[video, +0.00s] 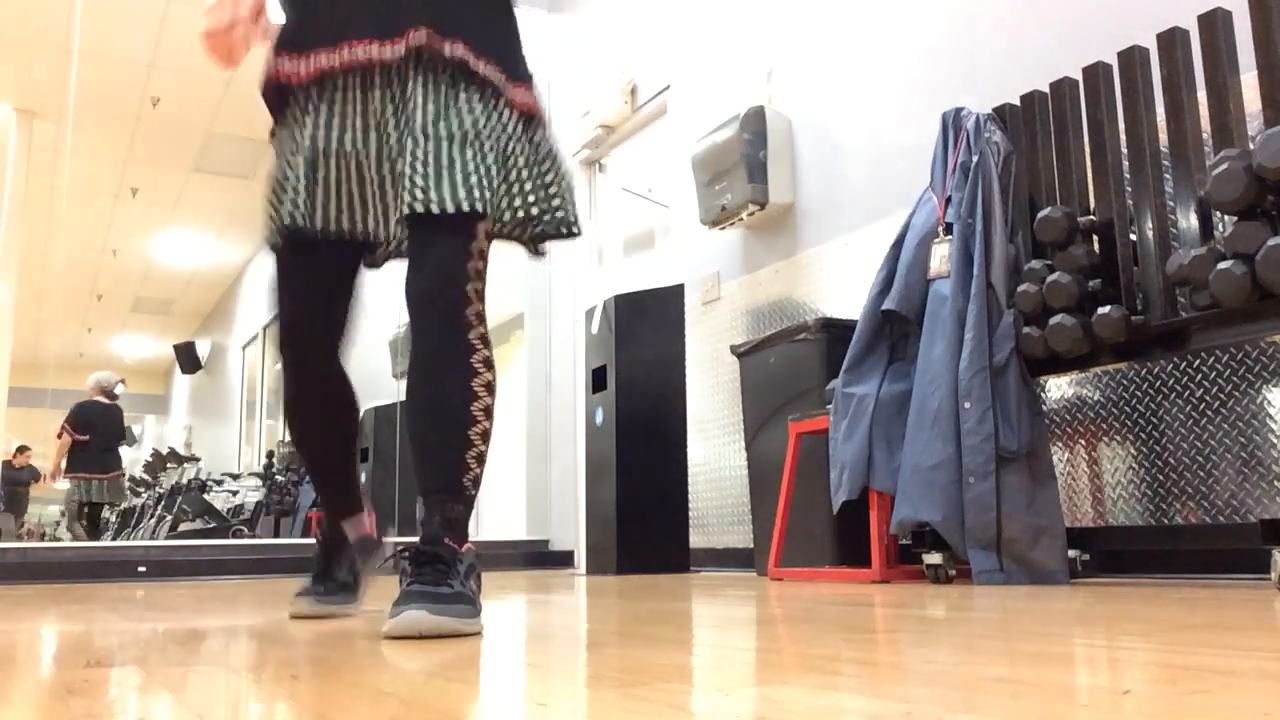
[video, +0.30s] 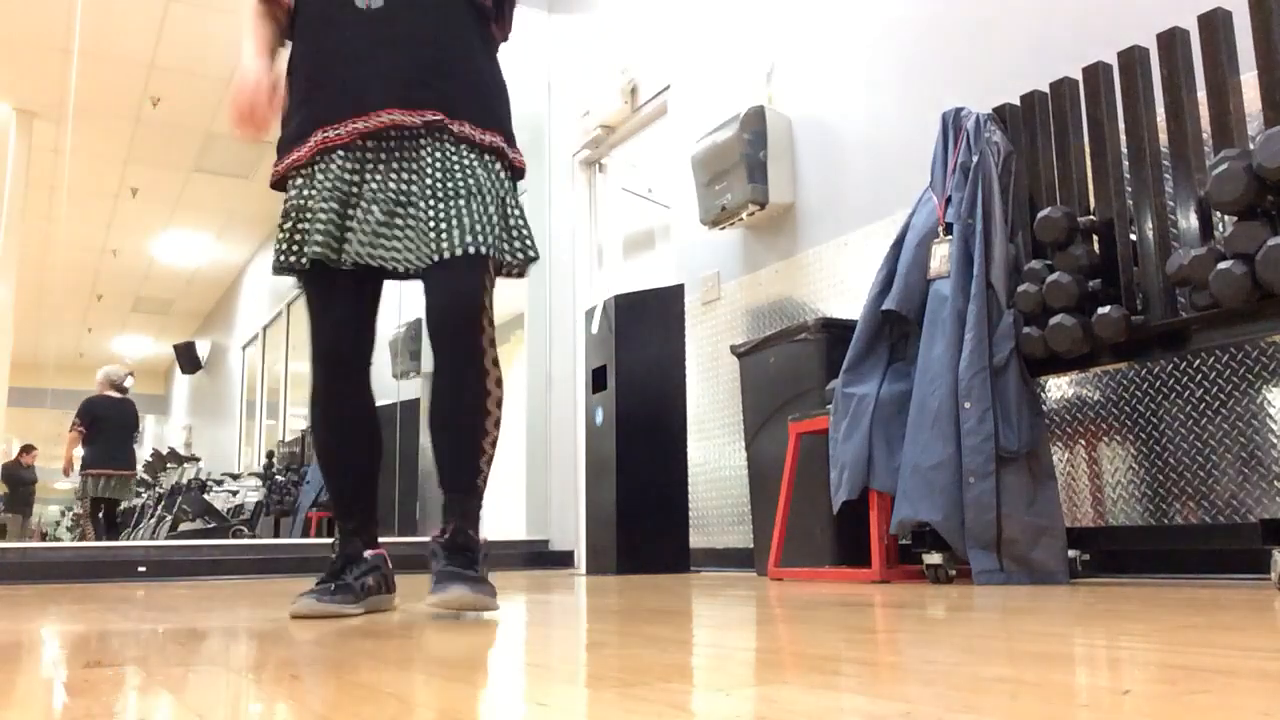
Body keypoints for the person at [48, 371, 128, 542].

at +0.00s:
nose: (88, 388)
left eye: (90, 386)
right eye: (89, 386)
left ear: (93, 387)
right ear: (111, 389)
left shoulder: (81, 408)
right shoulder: (116, 410)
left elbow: (66, 439)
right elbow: (120, 439)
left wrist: (56, 464)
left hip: (81, 476)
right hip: (108, 475)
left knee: (73, 521)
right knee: (94, 521)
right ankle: (95, 558)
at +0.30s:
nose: (96, 384)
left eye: (98, 381)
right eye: (98, 381)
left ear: (103, 382)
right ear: (121, 384)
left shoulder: (92, 403)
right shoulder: (130, 405)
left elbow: (76, 432)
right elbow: (134, 434)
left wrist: (68, 458)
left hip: (96, 470)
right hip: (124, 470)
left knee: (91, 514)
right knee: (111, 513)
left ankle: (96, 553)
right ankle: (112, 553)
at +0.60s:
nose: (117, 380)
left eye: (120, 376)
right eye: (119, 376)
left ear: (125, 379)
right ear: (142, 380)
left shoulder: (120, 402)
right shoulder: (150, 403)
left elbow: (112, 432)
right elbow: (156, 434)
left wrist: (92, 459)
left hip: (121, 470)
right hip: (150, 469)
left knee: (108, 516)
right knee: (148, 519)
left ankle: (105, 557)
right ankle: (153, 559)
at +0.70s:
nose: (123, 380)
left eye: (125, 376)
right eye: (125, 375)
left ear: (130, 379)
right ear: (147, 381)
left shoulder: (125, 401)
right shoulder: (155, 402)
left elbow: (121, 431)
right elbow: (161, 435)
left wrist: (100, 455)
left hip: (129, 470)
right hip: (158, 469)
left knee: (113, 515)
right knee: (151, 514)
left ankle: (109, 558)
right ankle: (155, 558)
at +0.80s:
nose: (127, 376)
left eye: (130, 372)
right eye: (129, 372)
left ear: (136, 376)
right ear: (153, 378)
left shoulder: (131, 398)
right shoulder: (160, 399)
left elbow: (125, 429)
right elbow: (169, 436)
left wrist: (102, 454)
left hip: (135, 470)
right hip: (164, 469)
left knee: (116, 510)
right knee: (152, 513)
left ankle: (118, 555)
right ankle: (156, 556)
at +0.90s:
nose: (133, 376)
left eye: (135, 373)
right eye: (135, 372)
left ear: (140, 374)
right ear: (157, 375)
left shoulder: (137, 396)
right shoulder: (165, 397)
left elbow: (128, 429)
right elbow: (179, 425)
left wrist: (102, 450)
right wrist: (160, 438)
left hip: (138, 469)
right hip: (165, 468)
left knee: (121, 511)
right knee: (154, 514)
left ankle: (131, 549)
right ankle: (156, 557)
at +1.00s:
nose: (134, 375)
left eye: (136, 371)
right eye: (135, 370)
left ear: (141, 373)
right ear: (160, 375)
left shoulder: (138, 396)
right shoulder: (167, 397)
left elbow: (127, 430)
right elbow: (182, 431)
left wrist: (97, 441)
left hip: (139, 467)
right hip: (166, 467)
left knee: (129, 511)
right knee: (154, 514)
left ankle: (139, 548)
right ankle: (155, 555)